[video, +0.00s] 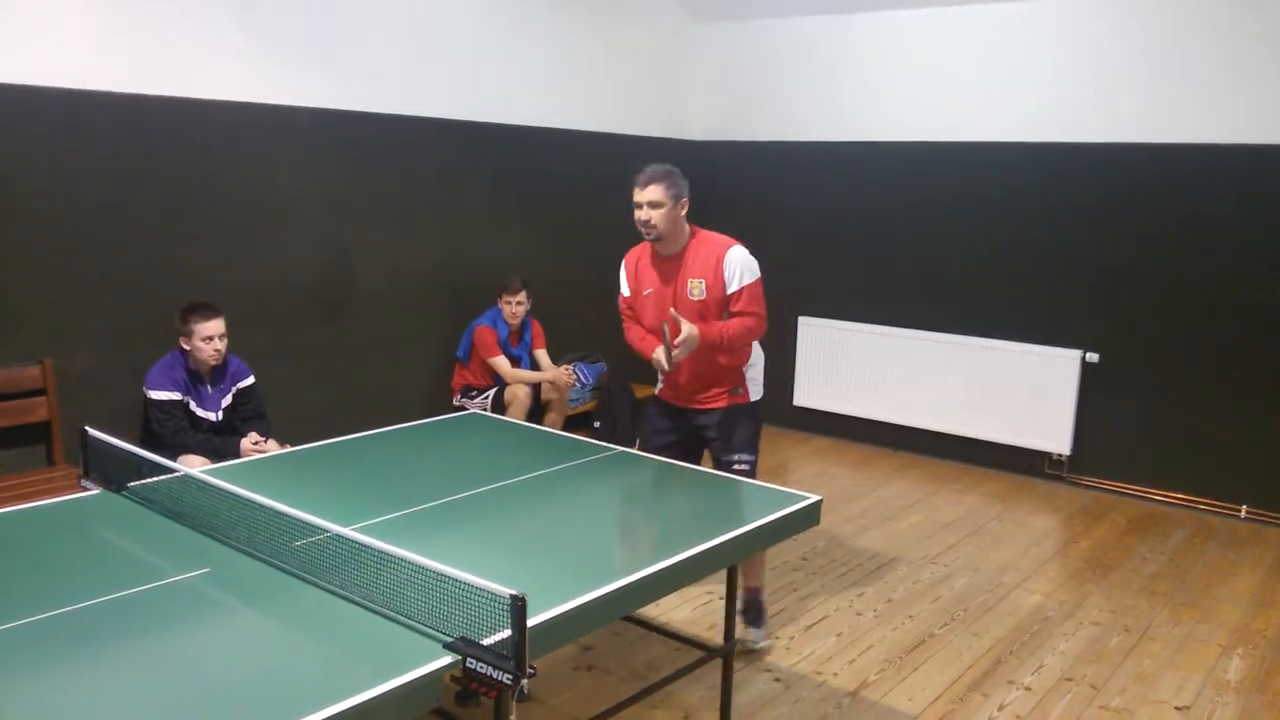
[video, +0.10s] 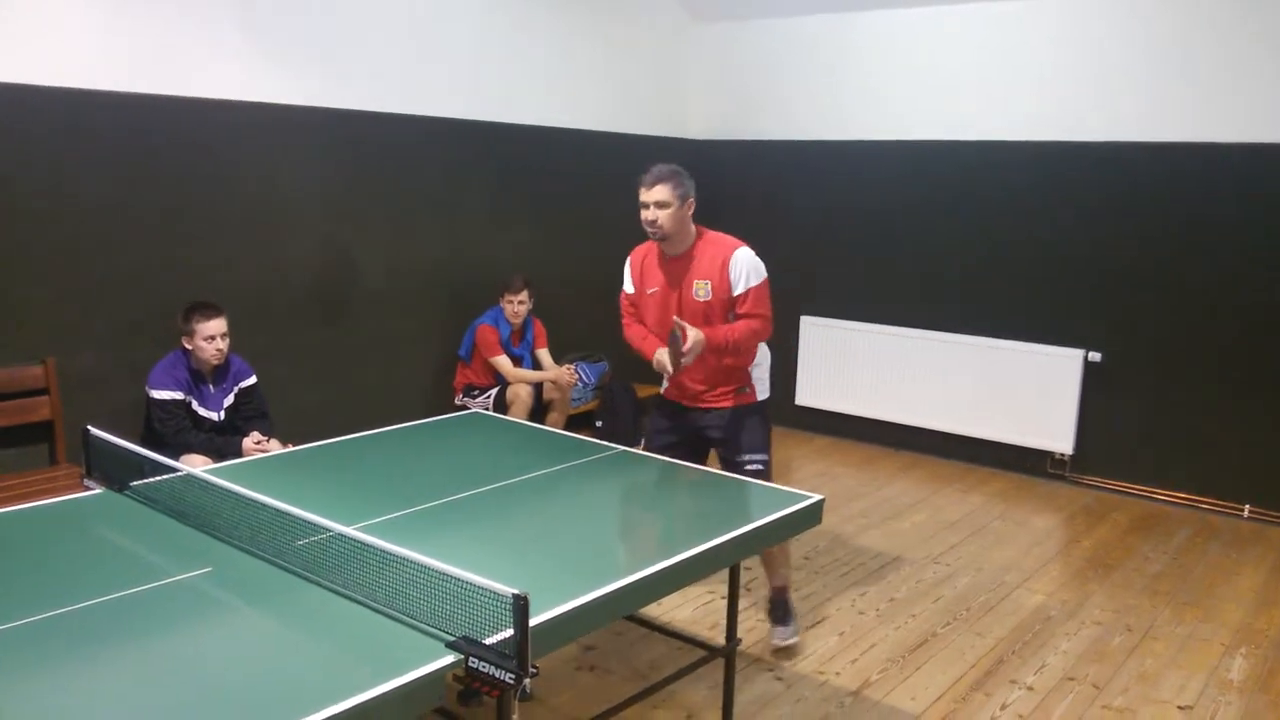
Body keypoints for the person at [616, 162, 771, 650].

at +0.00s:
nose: (642, 216)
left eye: (652, 206)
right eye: (637, 206)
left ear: (682, 207)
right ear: (634, 209)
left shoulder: (729, 256)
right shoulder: (634, 263)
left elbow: (753, 324)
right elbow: (631, 324)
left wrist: (703, 335)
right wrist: (654, 351)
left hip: (730, 401)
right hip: (671, 400)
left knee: (741, 499)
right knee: (641, 490)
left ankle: (752, 604)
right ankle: (630, 580)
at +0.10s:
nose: (649, 216)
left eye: (660, 206)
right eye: (644, 206)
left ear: (688, 207)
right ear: (640, 208)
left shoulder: (735, 256)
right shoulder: (638, 261)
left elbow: (758, 326)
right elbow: (630, 321)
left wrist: (706, 338)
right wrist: (655, 351)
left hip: (736, 403)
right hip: (674, 403)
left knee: (757, 499)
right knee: (646, 492)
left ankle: (780, 599)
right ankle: (633, 582)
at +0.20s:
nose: (659, 217)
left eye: (671, 207)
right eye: (654, 207)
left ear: (699, 208)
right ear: (651, 209)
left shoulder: (745, 260)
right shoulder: (646, 262)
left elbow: (766, 330)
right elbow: (636, 322)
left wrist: (712, 344)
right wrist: (661, 353)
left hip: (744, 408)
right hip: (680, 408)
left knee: (770, 504)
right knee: (654, 495)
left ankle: (792, 605)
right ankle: (638, 581)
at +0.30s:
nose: (670, 225)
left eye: (681, 216)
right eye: (665, 215)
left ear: (710, 215)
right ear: (662, 216)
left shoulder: (756, 266)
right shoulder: (658, 268)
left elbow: (779, 337)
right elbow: (649, 329)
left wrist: (722, 360)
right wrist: (669, 366)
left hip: (756, 415)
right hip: (692, 414)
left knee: (780, 509)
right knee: (662, 498)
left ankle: (798, 614)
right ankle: (636, 583)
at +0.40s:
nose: (672, 241)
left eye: (682, 230)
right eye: (667, 230)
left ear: (713, 225)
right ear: (664, 228)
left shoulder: (760, 272)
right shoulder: (664, 277)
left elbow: (791, 341)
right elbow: (655, 336)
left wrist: (737, 383)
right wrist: (666, 387)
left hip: (762, 416)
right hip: (696, 414)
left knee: (778, 511)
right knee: (666, 501)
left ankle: (795, 617)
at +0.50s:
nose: (672, 250)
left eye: (681, 239)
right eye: (666, 240)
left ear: (711, 231)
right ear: (663, 237)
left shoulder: (763, 276)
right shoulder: (665, 281)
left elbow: (802, 338)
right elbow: (654, 339)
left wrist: (754, 387)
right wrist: (659, 394)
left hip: (763, 416)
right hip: (699, 413)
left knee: (778, 514)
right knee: (668, 498)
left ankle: (795, 618)